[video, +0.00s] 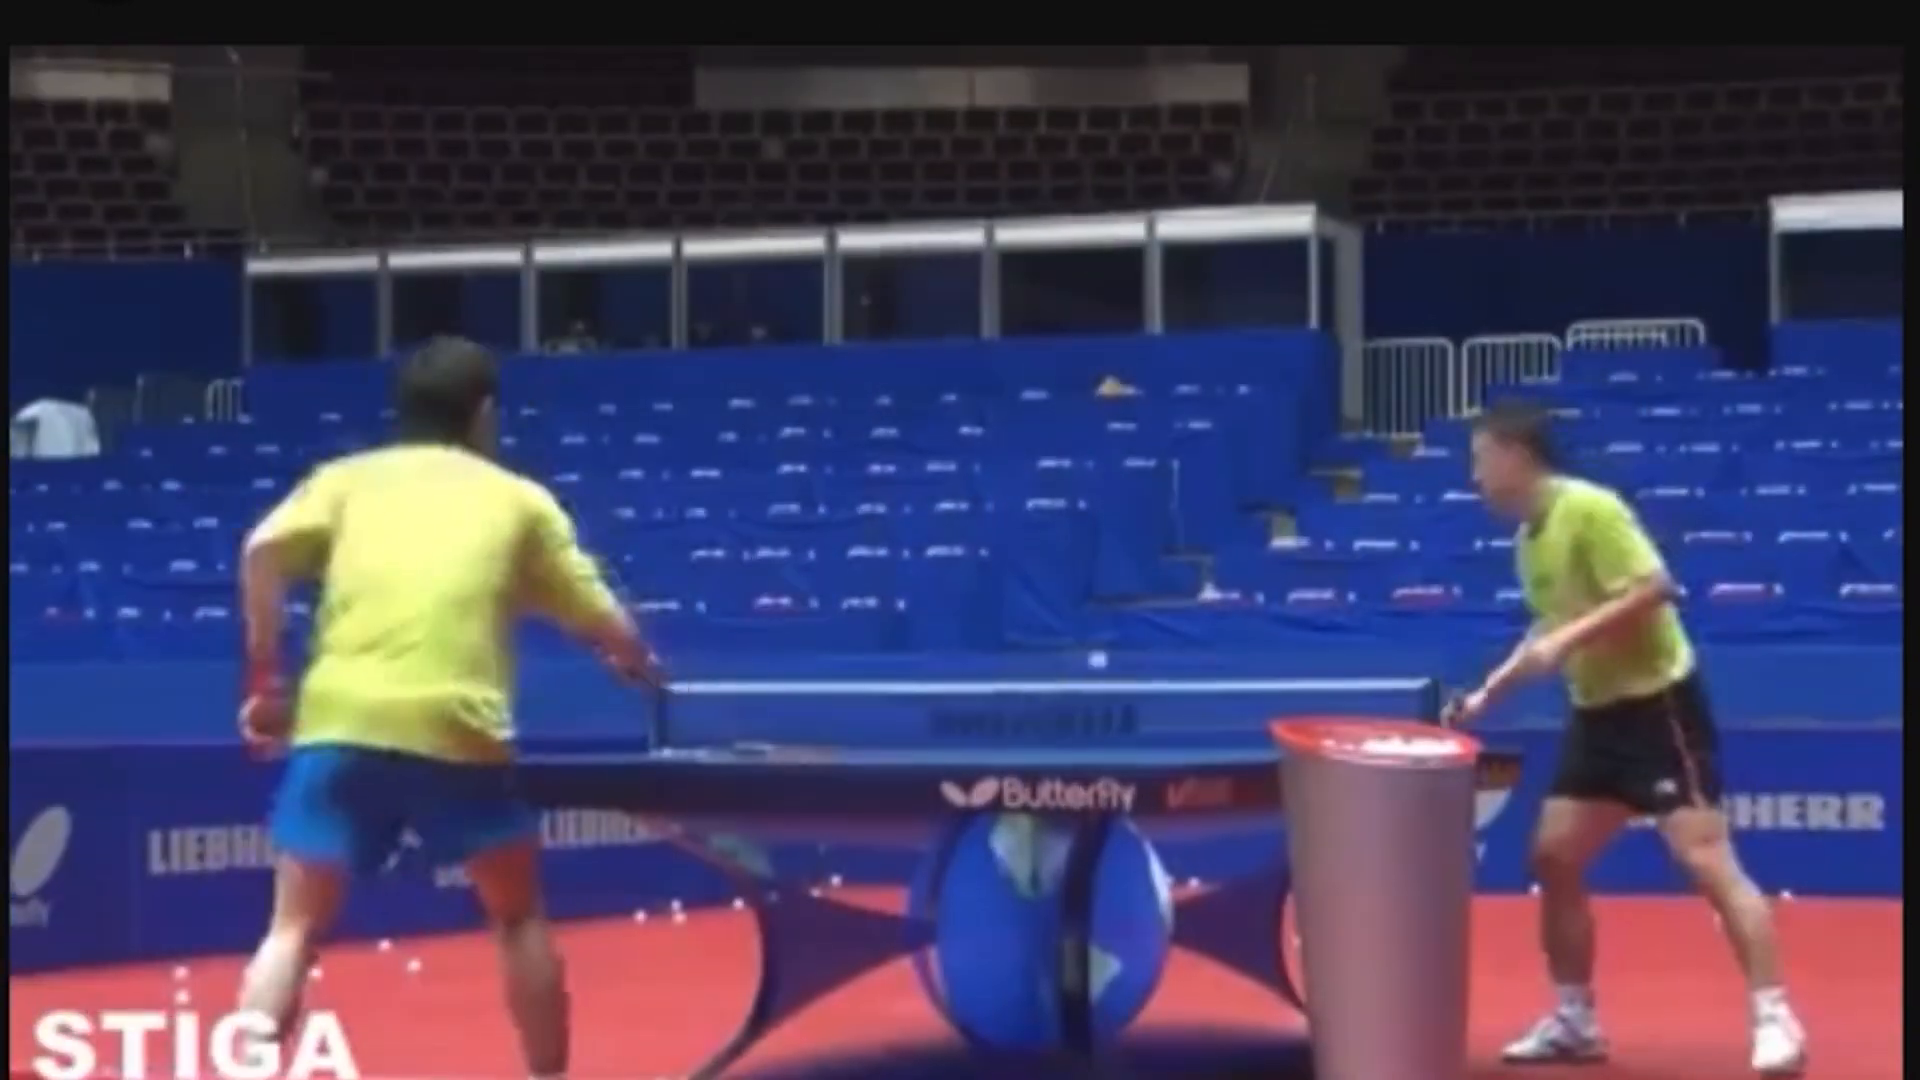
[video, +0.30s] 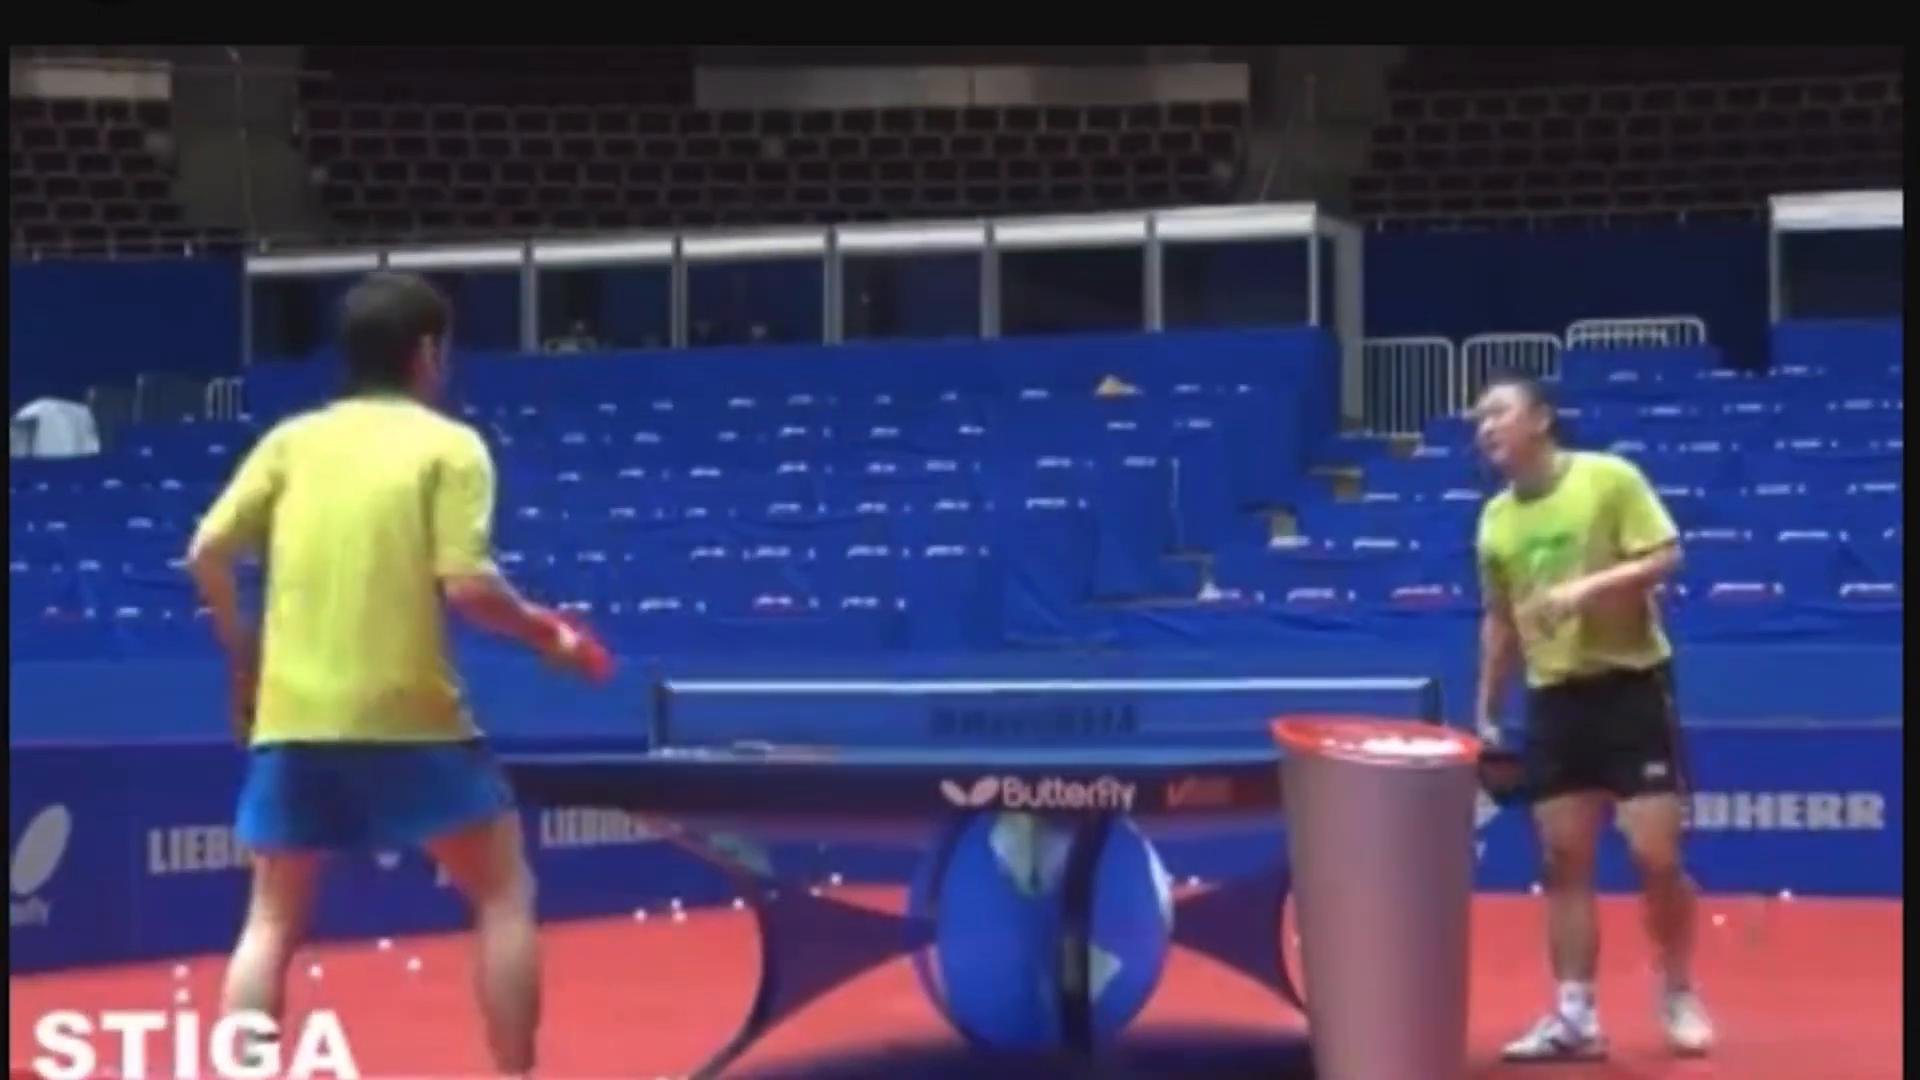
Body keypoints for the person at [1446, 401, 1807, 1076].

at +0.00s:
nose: (1476, 475)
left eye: (1484, 457)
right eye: (1475, 460)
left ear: (1522, 456)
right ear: (1510, 462)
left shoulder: (1590, 509)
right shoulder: (1530, 538)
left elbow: (1653, 585)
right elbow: (1550, 635)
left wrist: (1566, 638)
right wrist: (1486, 694)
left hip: (1661, 702)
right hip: (1599, 713)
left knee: (1705, 857)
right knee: (1555, 856)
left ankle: (1772, 1013)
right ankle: (1574, 1018)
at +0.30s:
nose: (1485, 430)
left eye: (1497, 414)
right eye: (1480, 420)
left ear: (1541, 417)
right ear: (1486, 438)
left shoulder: (1609, 478)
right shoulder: (1496, 519)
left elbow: (1664, 554)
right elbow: (1497, 619)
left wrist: (1579, 590)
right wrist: (1487, 712)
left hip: (1629, 678)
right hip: (1553, 690)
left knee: (1656, 851)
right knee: (1563, 852)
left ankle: (1680, 995)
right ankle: (1573, 1010)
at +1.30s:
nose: (1553, 425)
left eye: (1568, 414)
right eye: (1545, 413)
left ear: (1596, 428)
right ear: (1531, 425)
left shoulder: (1630, 507)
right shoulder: (1502, 500)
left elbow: (1659, 585)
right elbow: (1454, 576)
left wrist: (1645, 610)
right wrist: (1458, 625)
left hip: (1592, 681)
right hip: (1511, 679)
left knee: (1603, 845)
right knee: (1486, 838)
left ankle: (1606, 990)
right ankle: (1475, 973)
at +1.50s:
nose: (1503, 438)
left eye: (1516, 427)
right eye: (1495, 425)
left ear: (1543, 437)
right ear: (1483, 434)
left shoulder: (1577, 508)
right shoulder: (1454, 515)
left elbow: (1621, 589)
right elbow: (1426, 598)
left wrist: (1583, 609)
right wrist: (1406, 565)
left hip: (1549, 686)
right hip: (1474, 685)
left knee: (1574, 850)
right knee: (1465, 853)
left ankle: (1601, 989)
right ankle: (1462, 987)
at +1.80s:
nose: (1443, 432)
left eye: (1455, 421)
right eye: (1434, 422)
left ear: (1482, 430)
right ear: (1422, 433)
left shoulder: (1520, 496)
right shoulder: (1416, 508)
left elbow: (1565, 571)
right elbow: (1374, 572)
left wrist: (1500, 601)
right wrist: (1366, 612)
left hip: (1508, 673)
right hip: (1445, 673)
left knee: (1502, 834)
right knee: (1446, 836)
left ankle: (1520, 981)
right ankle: (1453, 980)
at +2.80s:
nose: (1481, 435)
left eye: (1494, 423)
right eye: (1473, 424)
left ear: (1520, 434)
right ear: (1460, 435)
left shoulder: (1560, 503)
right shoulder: (1440, 509)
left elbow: (1576, 591)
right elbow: (1418, 587)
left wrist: (1506, 601)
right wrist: (1443, 602)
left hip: (1538, 680)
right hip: (1462, 680)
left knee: (1562, 843)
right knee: (1458, 846)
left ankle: (1586, 984)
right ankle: (1458, 985)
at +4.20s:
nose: (1401, 443)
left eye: (1410, 429)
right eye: (1391, 431)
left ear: (1434, 430)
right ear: (1378, 439)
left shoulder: (1477, 486)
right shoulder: (1370, 495)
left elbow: (1498, 565)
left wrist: (1429, 533)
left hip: (1476, 670)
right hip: (1394, 677)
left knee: (1515, 835)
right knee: (1386, 841)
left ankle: (1559, 977)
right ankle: (1384, 990)